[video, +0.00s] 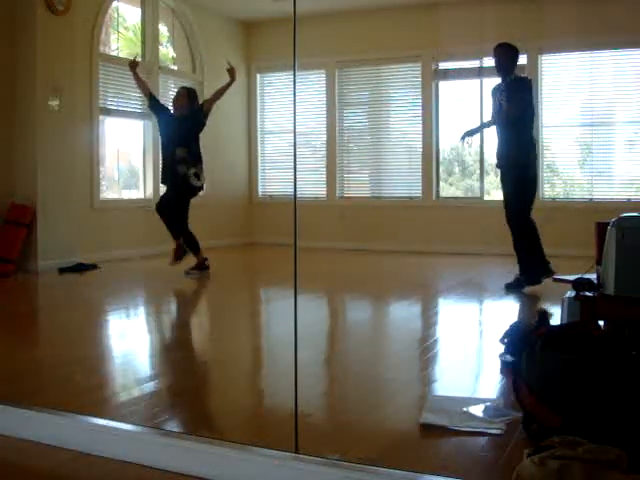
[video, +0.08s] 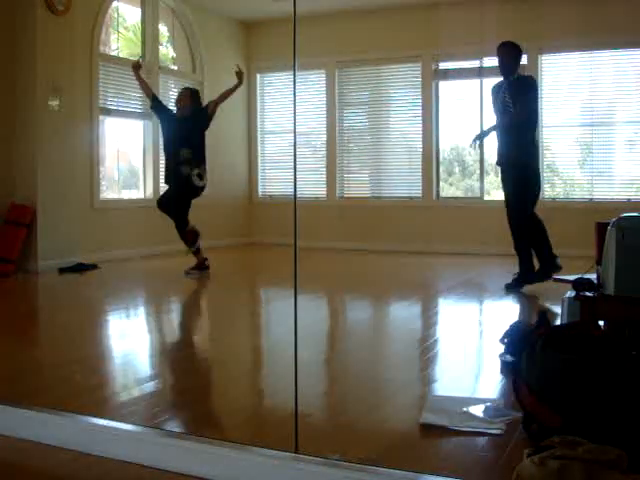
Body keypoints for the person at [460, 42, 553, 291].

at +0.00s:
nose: (497, 63)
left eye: (501, 58)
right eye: (496, 58)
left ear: (511, 60)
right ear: (496, 61)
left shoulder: (522, 85)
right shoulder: (499, 90)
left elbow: (515, 118)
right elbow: (496, 120)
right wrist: (473, 131)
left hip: (523, 160)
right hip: (508, 161)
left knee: (519, 216)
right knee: (515, 216)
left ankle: (533, 271)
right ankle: (535, 268)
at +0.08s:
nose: (503, 63)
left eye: (507, 58)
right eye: (500, 58)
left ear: (518, 59)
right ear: (498, 60)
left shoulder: (527, 84)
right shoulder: (497, 89)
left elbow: (524, 120)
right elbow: (503, 120)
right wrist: (484, 134)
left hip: (526, 160)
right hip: (508, 161)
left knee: (524, 213)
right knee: (515, 216)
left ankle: (548, 262)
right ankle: (526, 269)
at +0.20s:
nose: (511, 65)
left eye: (515, 60)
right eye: (508, 60)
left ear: (526, 62)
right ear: (506, 63)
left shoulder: (537, 88)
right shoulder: (500, 92)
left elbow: (539, 125)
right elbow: (502, 122)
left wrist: (519, 146)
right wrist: (502, 156)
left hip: (534, 164)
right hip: (510, 165)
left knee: (541, 212)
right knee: (514, 221)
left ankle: (564, 252)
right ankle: (517, 272)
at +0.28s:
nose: (525, 86)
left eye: (529, 82)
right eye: (522, 82)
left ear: (537, 82)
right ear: (516, 82)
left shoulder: (548, 108)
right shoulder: (506, 109)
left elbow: (562, 143)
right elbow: (499, 143)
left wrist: (561, 173)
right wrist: (498, 171)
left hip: (545, 176)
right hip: (517, 178)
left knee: (558, 223)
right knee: (516, 229)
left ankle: (568, 265)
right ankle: (518, 276)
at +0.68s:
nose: (541, 89)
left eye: (544, 85)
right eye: (537, 84)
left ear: (550, 86)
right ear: (531, 86)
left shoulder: (558, 109)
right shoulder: (523, 106)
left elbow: (573, 133)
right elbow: (518, 137)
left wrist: (583, 156)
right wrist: (526, 159)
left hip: (552, 172)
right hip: (530, 171)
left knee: (556, 219)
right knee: (532, 217)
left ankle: (563, 264)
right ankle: (525, 256)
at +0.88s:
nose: (532, 101)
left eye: (535, 97)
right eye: (528, 97)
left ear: (540, 99)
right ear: (524, 99)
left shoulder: (546, 123)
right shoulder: (515, 122)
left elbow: (568, 137)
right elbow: (513, 149)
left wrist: (579, 119)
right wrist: (523, 165)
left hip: (548, 179)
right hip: (526, 179)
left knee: (558, 224)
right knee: (528, 225)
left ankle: (567, 266)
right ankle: (528, 264)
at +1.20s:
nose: (518, 98)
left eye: (521, 95)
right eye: (516, 95)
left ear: (528, 97)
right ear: (512, 97)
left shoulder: (537, 113)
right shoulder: (506, 112)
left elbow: (567, 112)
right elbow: (503, 137)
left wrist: (593, 115)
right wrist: (520, 154)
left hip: (529, 172)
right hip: (510, 172)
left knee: (531, 216)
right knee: (516, 216)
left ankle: (529, 262)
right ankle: (522, 262)